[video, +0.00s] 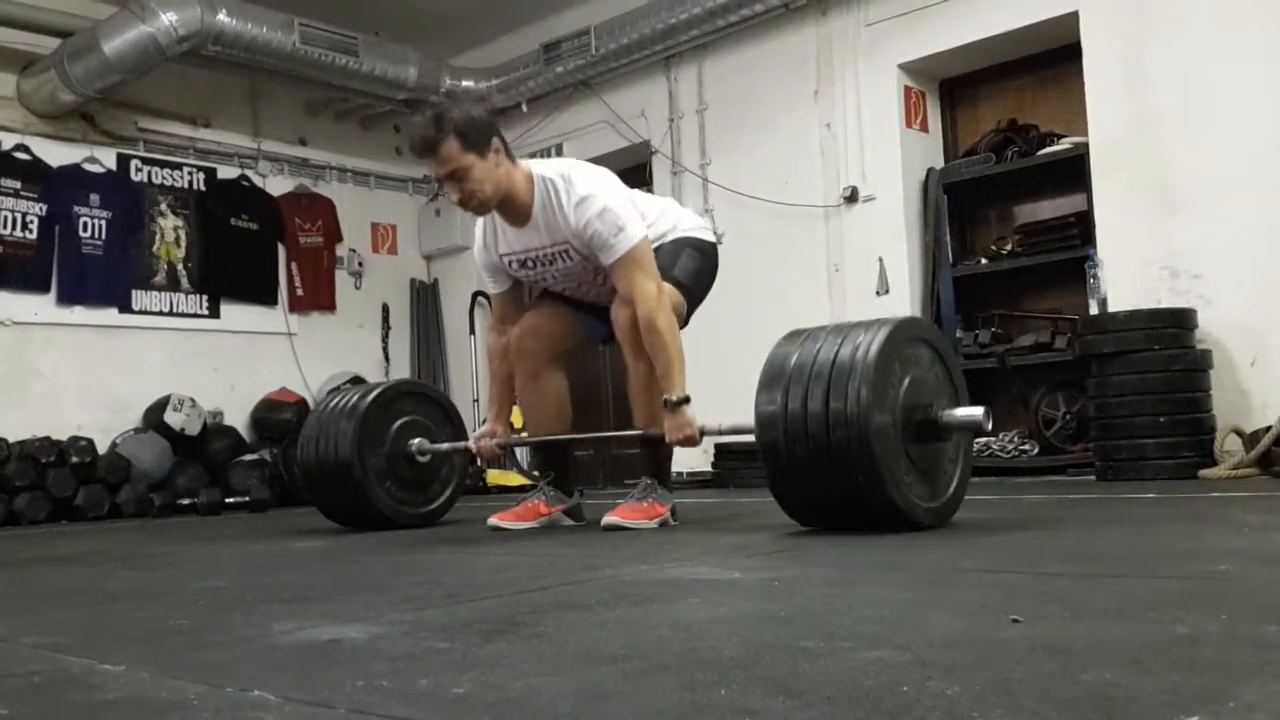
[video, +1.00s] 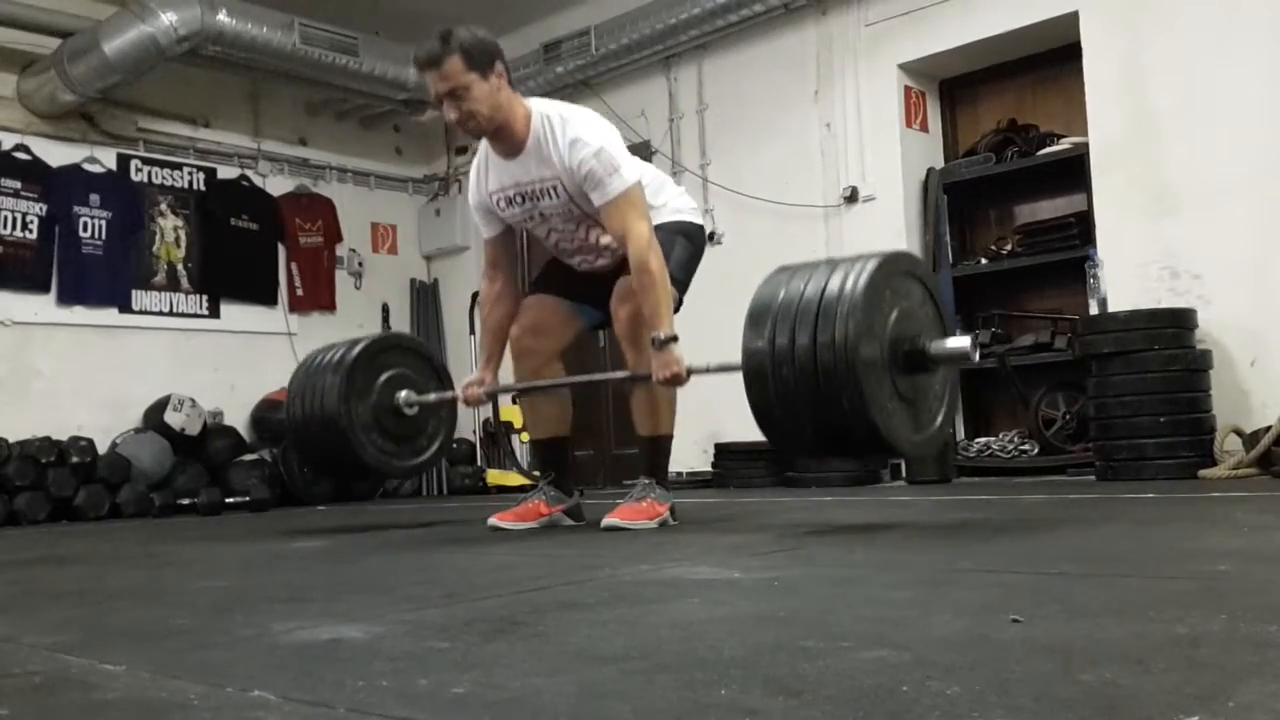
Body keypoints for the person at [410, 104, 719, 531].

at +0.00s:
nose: (455, 193)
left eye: (459, 175)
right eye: (443, 184)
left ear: (497, 152)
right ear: (438, 185)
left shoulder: (584, 196)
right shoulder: (490, 237)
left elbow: (649, 298)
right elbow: (505, 328)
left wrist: (676, 402)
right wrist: (499, 418)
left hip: (676, 245)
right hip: (597, 278)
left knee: (631, 316)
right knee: (528, 341)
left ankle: (656, 490)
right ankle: (558, 493)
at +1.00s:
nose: (451, 113)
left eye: (458, 94)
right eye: (441, 103)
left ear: (499, 77)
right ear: (437, 108)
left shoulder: (580, 137)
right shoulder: (483, 179)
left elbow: (639, 239)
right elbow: (499, 276)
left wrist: (664, 342)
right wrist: (486, 369)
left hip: (663, 226)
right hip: (589, 254)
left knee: (630, 312)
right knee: (530, 335)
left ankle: (653, 489)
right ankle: (557, 492)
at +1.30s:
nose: (454, 33)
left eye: (461, 12)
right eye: (444, 22)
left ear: (504, 6)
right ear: (444, 29)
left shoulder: (581, 71)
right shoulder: (485, 115)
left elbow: (638, 172)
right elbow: (499, 217)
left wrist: (664, 268)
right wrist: (487, 309)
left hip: (647, 206)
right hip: (577, 224)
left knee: (641, 317)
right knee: (539, 333)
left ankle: (654, 488)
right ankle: (557, 491)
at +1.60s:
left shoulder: (613, 15)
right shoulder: (518, 56)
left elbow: (647, 106)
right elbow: (515, 160)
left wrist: (663, 196)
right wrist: (489, 243)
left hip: (624, 201)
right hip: (553, 214)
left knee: (624, 316)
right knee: (529, 332)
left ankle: (653, 488)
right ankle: (558, 493)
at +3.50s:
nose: (465, 41)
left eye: (472, 20)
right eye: (456, 29)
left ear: (514, 9)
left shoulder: (593, 71)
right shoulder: (494, 114)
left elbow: (643, 178)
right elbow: (504, 221)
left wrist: (668, 276)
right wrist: (494, 311)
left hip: (658, 207)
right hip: (588, 226)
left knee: (651, 316)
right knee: (547, 333)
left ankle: (658, 489)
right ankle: (557, 491)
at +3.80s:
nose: (454, 126)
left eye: (461, 106)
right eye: (444, 115)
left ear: (500, 85)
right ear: (442, 115)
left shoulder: (584, 136)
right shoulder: (488, 179)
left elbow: (644, 245)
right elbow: (504, 283)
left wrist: (671, 351)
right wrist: (495, 372)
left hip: (669, 221)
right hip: (595, 250)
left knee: (640, 312)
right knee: (537, 335)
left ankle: (657, 491)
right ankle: (558, 494)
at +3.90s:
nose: (457, 157)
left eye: (462, 138)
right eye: (447, 146)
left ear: (498, 114)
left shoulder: (585, 162)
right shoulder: (489, 203)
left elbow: (645, 274)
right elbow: (503, 304)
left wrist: (674, 377)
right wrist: (495, 397)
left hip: (671, 227)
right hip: (595, 254)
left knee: (639, 315)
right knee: (536, 338)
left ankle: (657, 491)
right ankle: (557, 493)